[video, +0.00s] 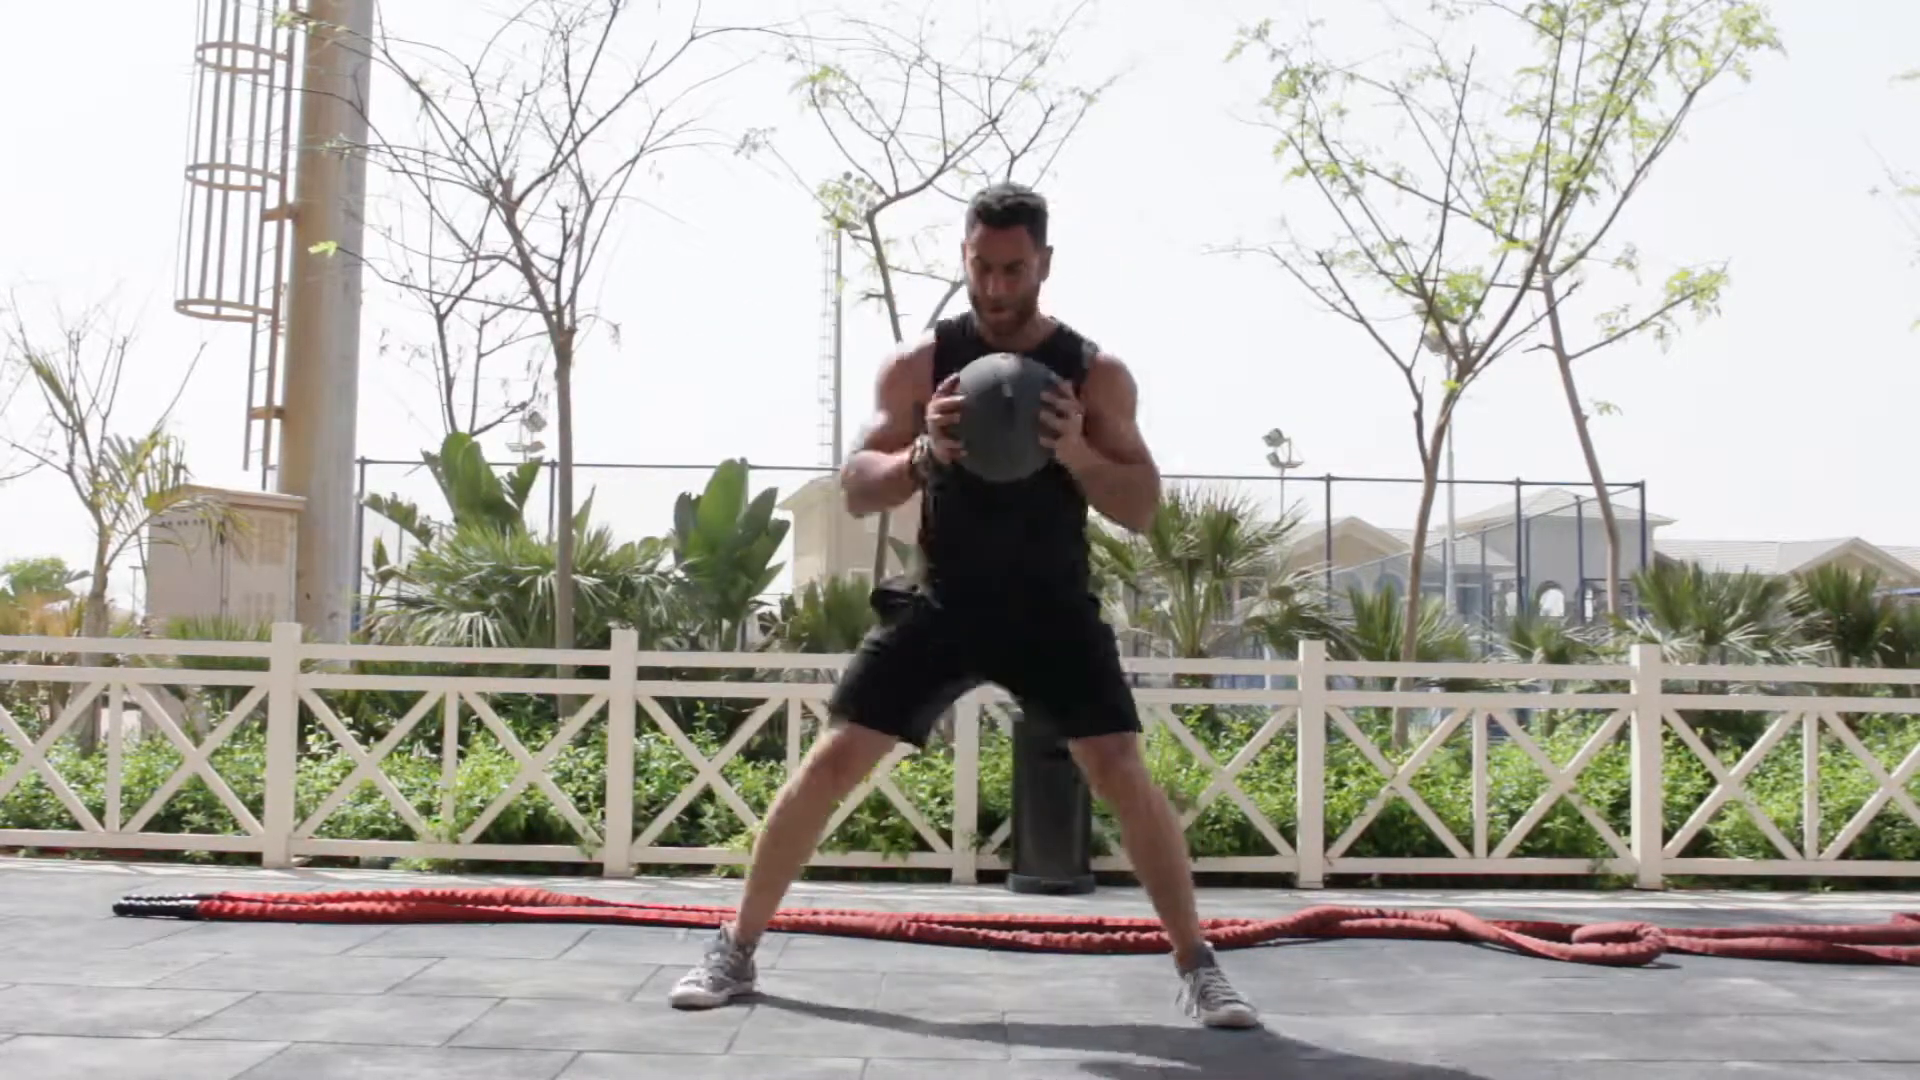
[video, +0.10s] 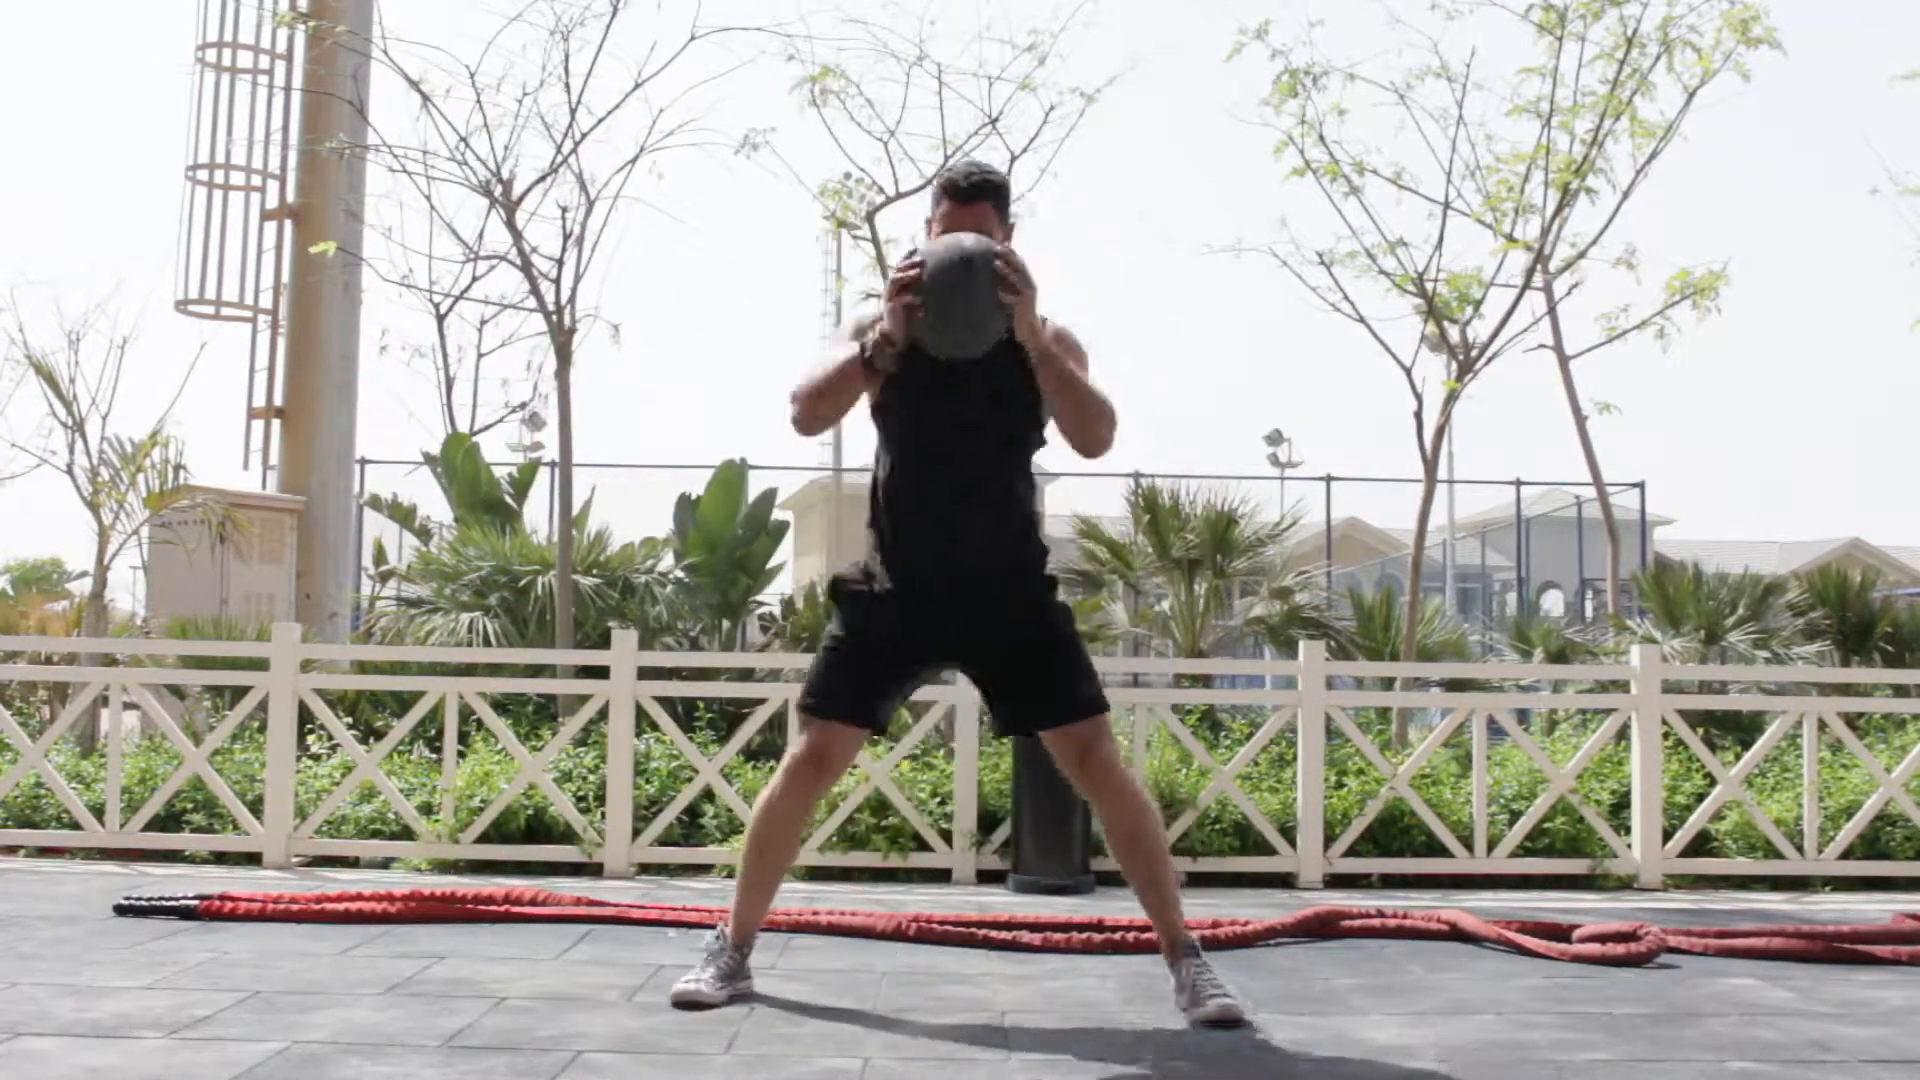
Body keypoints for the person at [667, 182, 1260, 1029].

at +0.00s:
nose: (996, 288)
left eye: (1014, 269)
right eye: (982, 268)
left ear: (1045, 265)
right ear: (962, 264)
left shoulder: (1096, 376)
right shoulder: (917, 370)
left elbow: (1140, 506)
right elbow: (859, 489)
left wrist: (1076, 451)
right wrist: (921, 457)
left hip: (1056, 616)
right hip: (945, 612)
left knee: (1121, 769)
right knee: (836, 757)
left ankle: (1199, 969)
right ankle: (735, 949)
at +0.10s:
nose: (966, 249)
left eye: (984, 237)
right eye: (950, 234)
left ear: (1010, 244)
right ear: (925, 239)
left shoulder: (1041, 335)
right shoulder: (886, 328)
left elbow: (1095, 438)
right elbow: (806, 414)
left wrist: (1032, 334)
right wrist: (882, 344)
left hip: (1011, 595)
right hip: (898, 592)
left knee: (1094, 759)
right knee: (810, 757)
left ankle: (1187, 961)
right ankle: (730, 951)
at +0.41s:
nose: (928, 228)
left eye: (942, 214)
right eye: (914, 215)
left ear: (969, 217)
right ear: (885, 215)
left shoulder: (1002, 293)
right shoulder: (858, 292)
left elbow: (1034, 163)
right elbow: (833, 164)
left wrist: (1013, 39)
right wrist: (860, 41)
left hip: (982, 573)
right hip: (867, 570)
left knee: (1059, 763)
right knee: (801, 761)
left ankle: (1139, 960)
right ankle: (728, 954)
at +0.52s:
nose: (934, 233)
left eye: (947, 218)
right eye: (918, 220)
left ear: (973, 219)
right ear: (890, 219)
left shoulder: (1007, 292)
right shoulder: (863, 292)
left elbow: (1033, 160)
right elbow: (845, 163)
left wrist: (1011, 37)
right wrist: (864, 39)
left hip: (990, 576)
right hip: (879, 575)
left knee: (1064, 764)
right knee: (804, 762)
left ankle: (1144, 961)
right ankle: (727, 954)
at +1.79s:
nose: (935, 476)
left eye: (951, 458)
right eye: (920, 457)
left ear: (976, 445)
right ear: (895, 439)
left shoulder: (1019, 514)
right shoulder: (849, 518)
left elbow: (1026, 646)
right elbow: (837, 642)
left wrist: (990, 759)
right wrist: (846, 744)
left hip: (990, 672)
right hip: (877, 670)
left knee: (1096, 755)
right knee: (755, 747)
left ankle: (1139, 963)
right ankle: (725, 953)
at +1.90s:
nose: (935, 334)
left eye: (951, 319)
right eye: (920, 318)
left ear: (974, 322)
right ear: (895, 317)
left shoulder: (1022, 412)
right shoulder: (847, 419)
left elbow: (1048, 517)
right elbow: (828, 528)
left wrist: (1020, 576)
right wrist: (856, 580)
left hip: (993, 597)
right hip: (877, 599)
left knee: (1076, 745)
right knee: (780, 739)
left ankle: (1139, 959)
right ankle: (729, 950)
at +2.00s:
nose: (940, 244)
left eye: (955, 230)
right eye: (924, 230)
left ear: (978, 239)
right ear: (901, 239)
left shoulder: (1017, 329)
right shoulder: (860, 335)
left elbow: (1070, 444)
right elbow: (817, 456)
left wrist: (1025, 389)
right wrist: (858, 401)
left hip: (993, 577)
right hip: (886, 575)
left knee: (1066, 747)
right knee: (800, 737)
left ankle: (1134, 956)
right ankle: (730, 949)